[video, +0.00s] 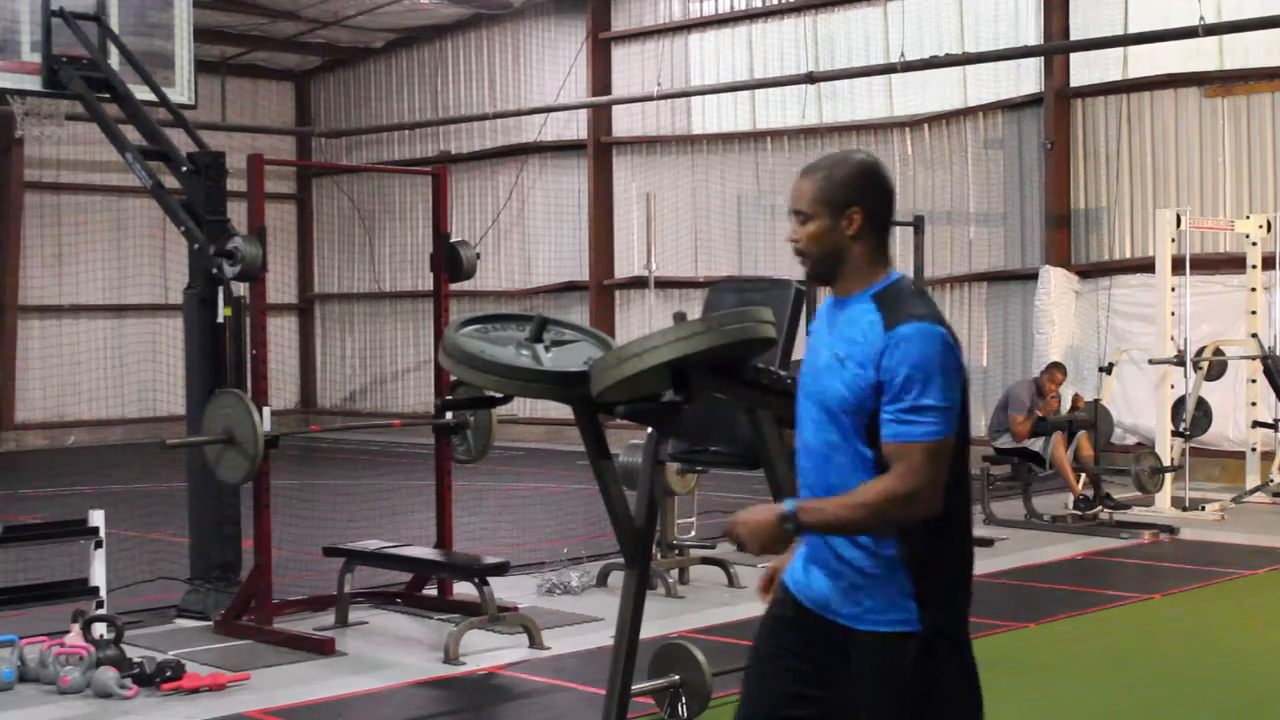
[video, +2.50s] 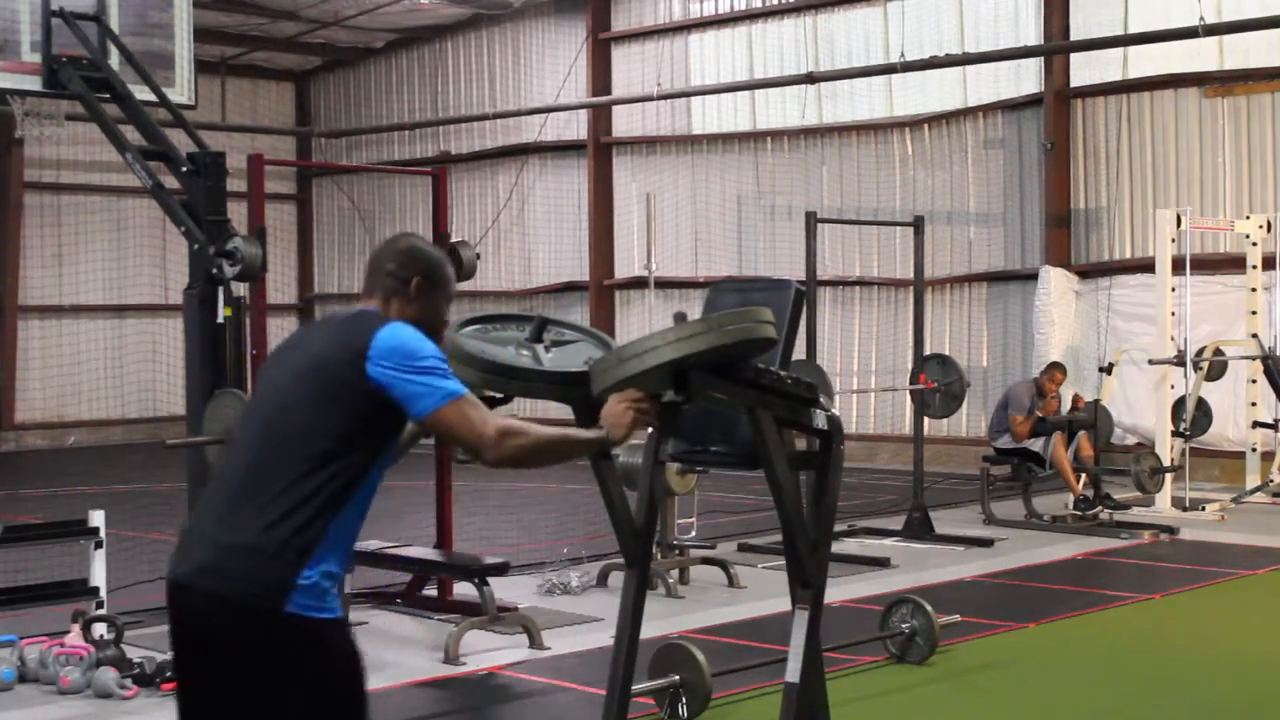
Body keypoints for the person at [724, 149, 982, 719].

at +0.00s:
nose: (791, 236)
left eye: (803, 219)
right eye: (793, 219)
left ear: (852, 223)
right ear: (845, 226)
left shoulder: (915, 338)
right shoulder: (829, 314)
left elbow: (916, 491)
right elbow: (840, 458)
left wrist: (785, 517)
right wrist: (800, 551)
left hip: (892, 626)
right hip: (809, 605)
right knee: (764, 711)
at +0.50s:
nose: (512, 288)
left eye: (519, 268)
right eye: (512, 272)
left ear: (561, 264)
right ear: (554, 267)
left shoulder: (661, 344)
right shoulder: (585, 360)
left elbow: (734, 468)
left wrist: (651, 580)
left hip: (707, 645)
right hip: (624, 636)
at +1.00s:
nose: (425, 220)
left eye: (426, 212)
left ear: (427, 218)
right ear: (499, 229)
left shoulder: (423, 294)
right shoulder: (538, 323)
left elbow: (402, 437)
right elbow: (546, 461)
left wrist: (302, 502)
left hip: (438, 601)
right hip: (537, 600)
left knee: (331, 711)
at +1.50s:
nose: (421, 243)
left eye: (421, 229)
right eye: (420, 228)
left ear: (334, 222)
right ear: (397, 227)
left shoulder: (244, 318)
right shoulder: (440, 335)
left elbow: (217, 460)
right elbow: (474, 490)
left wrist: (302, 454)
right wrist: (544, 567)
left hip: (279, 621)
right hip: (394, 621)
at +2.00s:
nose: (466, 290)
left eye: (470, 274)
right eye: (466, 271)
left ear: (381, 256)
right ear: (433, 258)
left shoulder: (289, 325)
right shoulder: (434, 346)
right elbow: (496, 484)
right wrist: (591, 441)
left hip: (268, 603)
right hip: (367, 607)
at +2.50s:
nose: (444, 330)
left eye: (447, 314)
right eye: (443, 313)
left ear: (377, 291)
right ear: (410, 294)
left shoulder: (310, 339)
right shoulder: (391, 342)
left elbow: (369, 449)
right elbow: (495, 443)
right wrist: (602, 434)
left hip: (199, 586)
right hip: (287, 599)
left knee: (218, 716)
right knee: (334, 712)